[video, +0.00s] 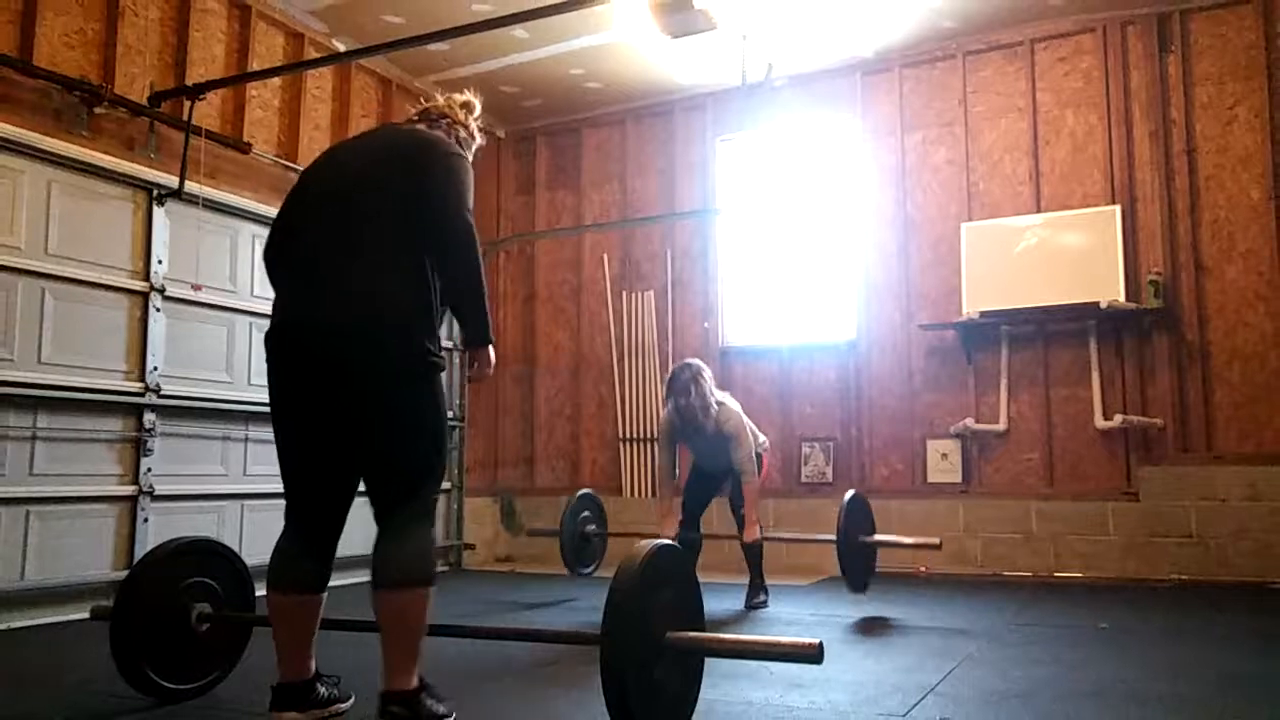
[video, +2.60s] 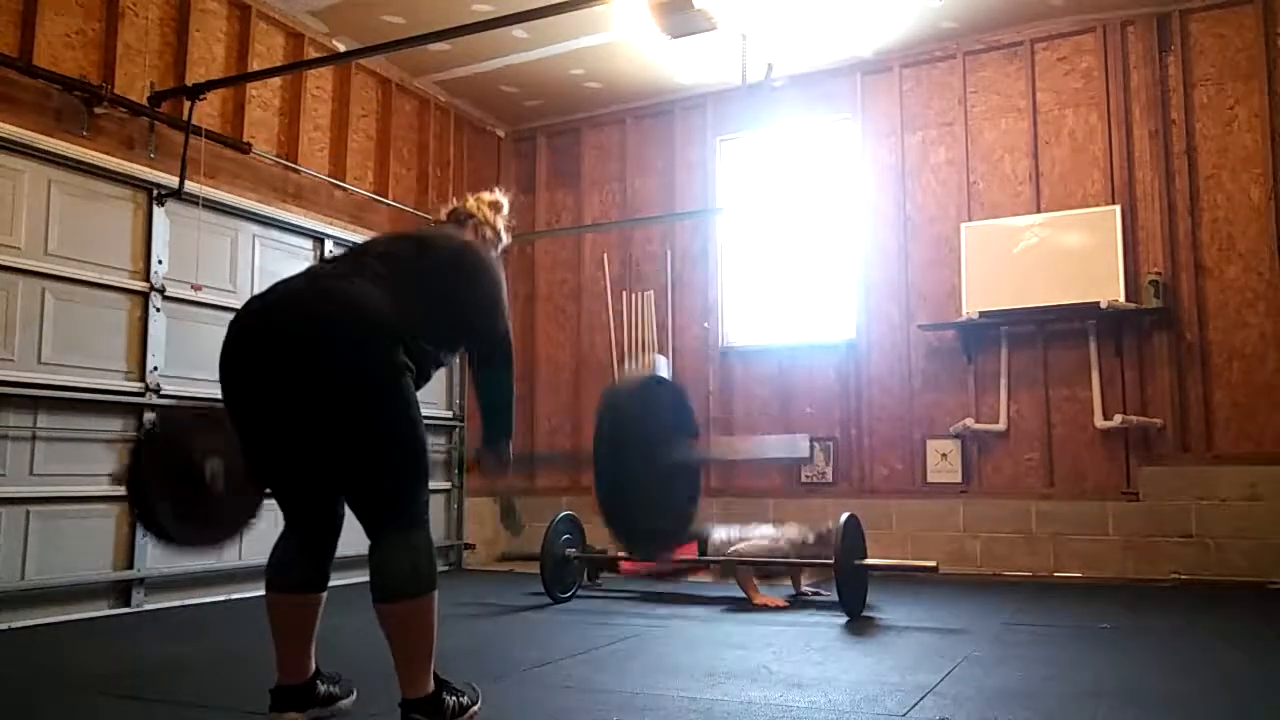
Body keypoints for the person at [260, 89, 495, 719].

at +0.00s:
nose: (469, 161)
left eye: (473, 154)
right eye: (471, 153)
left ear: (416, 120)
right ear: (458, 135)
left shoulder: (336, 155)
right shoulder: (442, 155)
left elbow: (278, 245)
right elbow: (453, 237)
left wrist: (308, 320)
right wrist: (479, 335)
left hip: (299, 350)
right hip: (392, 352)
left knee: (310, 512)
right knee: (407, 512)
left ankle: (294, 684)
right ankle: (402, 689)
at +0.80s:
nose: (506, 204)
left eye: (506, 196)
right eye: (507, 195)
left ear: (449, 172)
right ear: (496, 185)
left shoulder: (387, 200)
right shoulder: (487, 222)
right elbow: (493, 325)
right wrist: (495, 419)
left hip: (287, 348)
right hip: (382, 363)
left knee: (311, 515)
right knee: (404, 524)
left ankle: (294, 684)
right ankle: (422, 694)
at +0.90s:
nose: (513, 259)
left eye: (513, 249)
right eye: (513, 250)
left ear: (457, 225)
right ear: (503, 246)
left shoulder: (395, 241)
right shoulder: (491, 277)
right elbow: (496, 382)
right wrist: (492, 472)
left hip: (273, 346)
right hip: (371, 370)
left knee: (307, 519)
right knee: (402, 533)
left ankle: (296, 685)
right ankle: (422, 695)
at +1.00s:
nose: (513, 313)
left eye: (514, 304)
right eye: (515, 303)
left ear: (464, 276)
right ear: (508, 296)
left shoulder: (407, 284)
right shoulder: (492, 328)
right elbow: (493, 449)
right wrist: (494, 538)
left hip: (266, 351)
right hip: (373, 371)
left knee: (314, 521)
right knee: (413, 529)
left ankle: (297, 686)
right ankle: (424, 696)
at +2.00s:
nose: (494, 267)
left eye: (494, 259)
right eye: (493, 259)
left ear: (442, 234)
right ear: (485, 252)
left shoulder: (385, 254)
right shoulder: (475, 275)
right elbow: (497, 366)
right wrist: (494, 472)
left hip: (255, 345)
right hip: (357, 362)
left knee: (308, 518)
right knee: (407, 524)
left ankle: (294, 685)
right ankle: (424, 696)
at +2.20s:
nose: (500, 250)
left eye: (502, 242)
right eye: (501, 241)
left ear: (455, 205)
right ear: (493, 227)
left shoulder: (388, 227)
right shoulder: (480, 241)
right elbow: (491, 374)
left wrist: (236, 386)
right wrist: (480, 379)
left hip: (263, 355)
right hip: (362, 370)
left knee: (313, 518)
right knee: (406, 525)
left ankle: (293, 683)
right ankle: (421, 695)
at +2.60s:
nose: (493, 260)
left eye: (496, 252)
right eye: (493, 250)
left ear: (449, 221)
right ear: (478, 233)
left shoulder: (389, 247)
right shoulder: (472, 265)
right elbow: (494, 349)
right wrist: (497, 441)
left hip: (254, 346)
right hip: (351, 365)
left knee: (309, 518)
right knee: (399, 528)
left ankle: (294, 685)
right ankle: (420, 695)